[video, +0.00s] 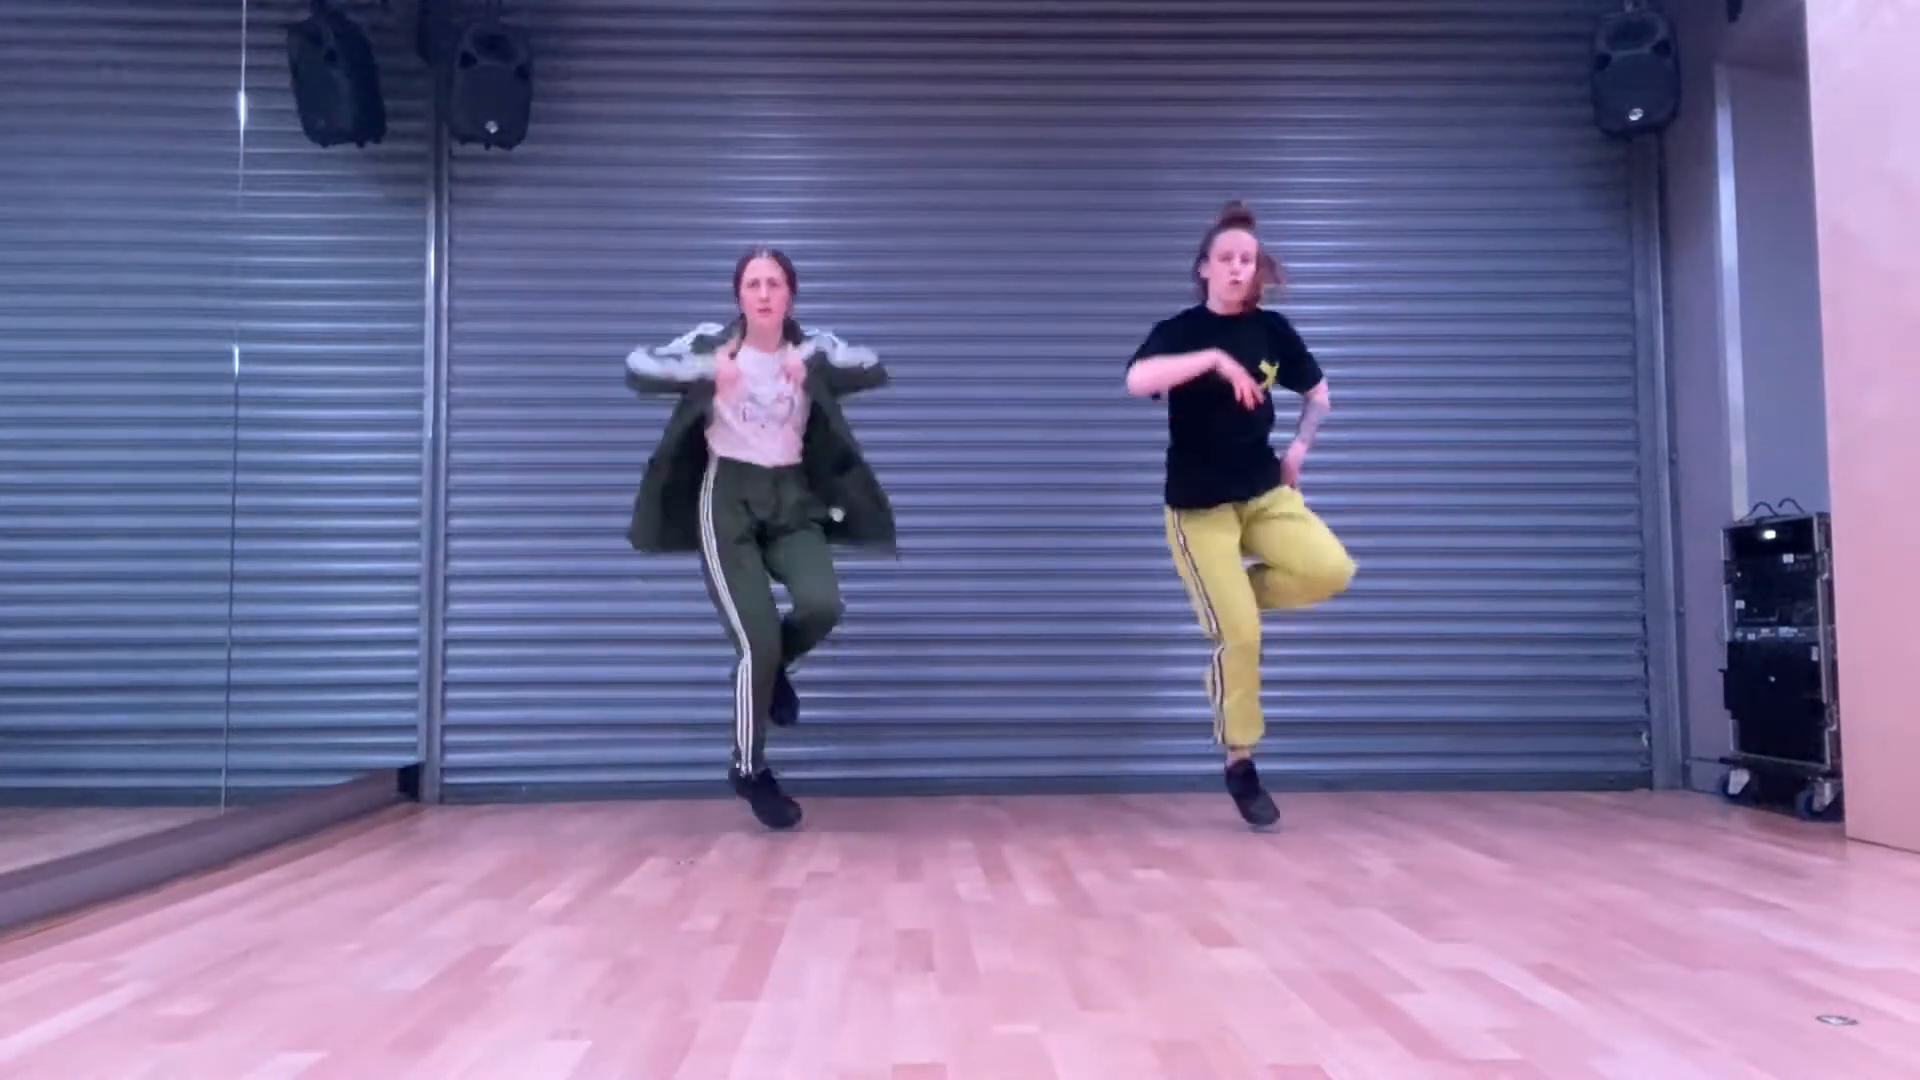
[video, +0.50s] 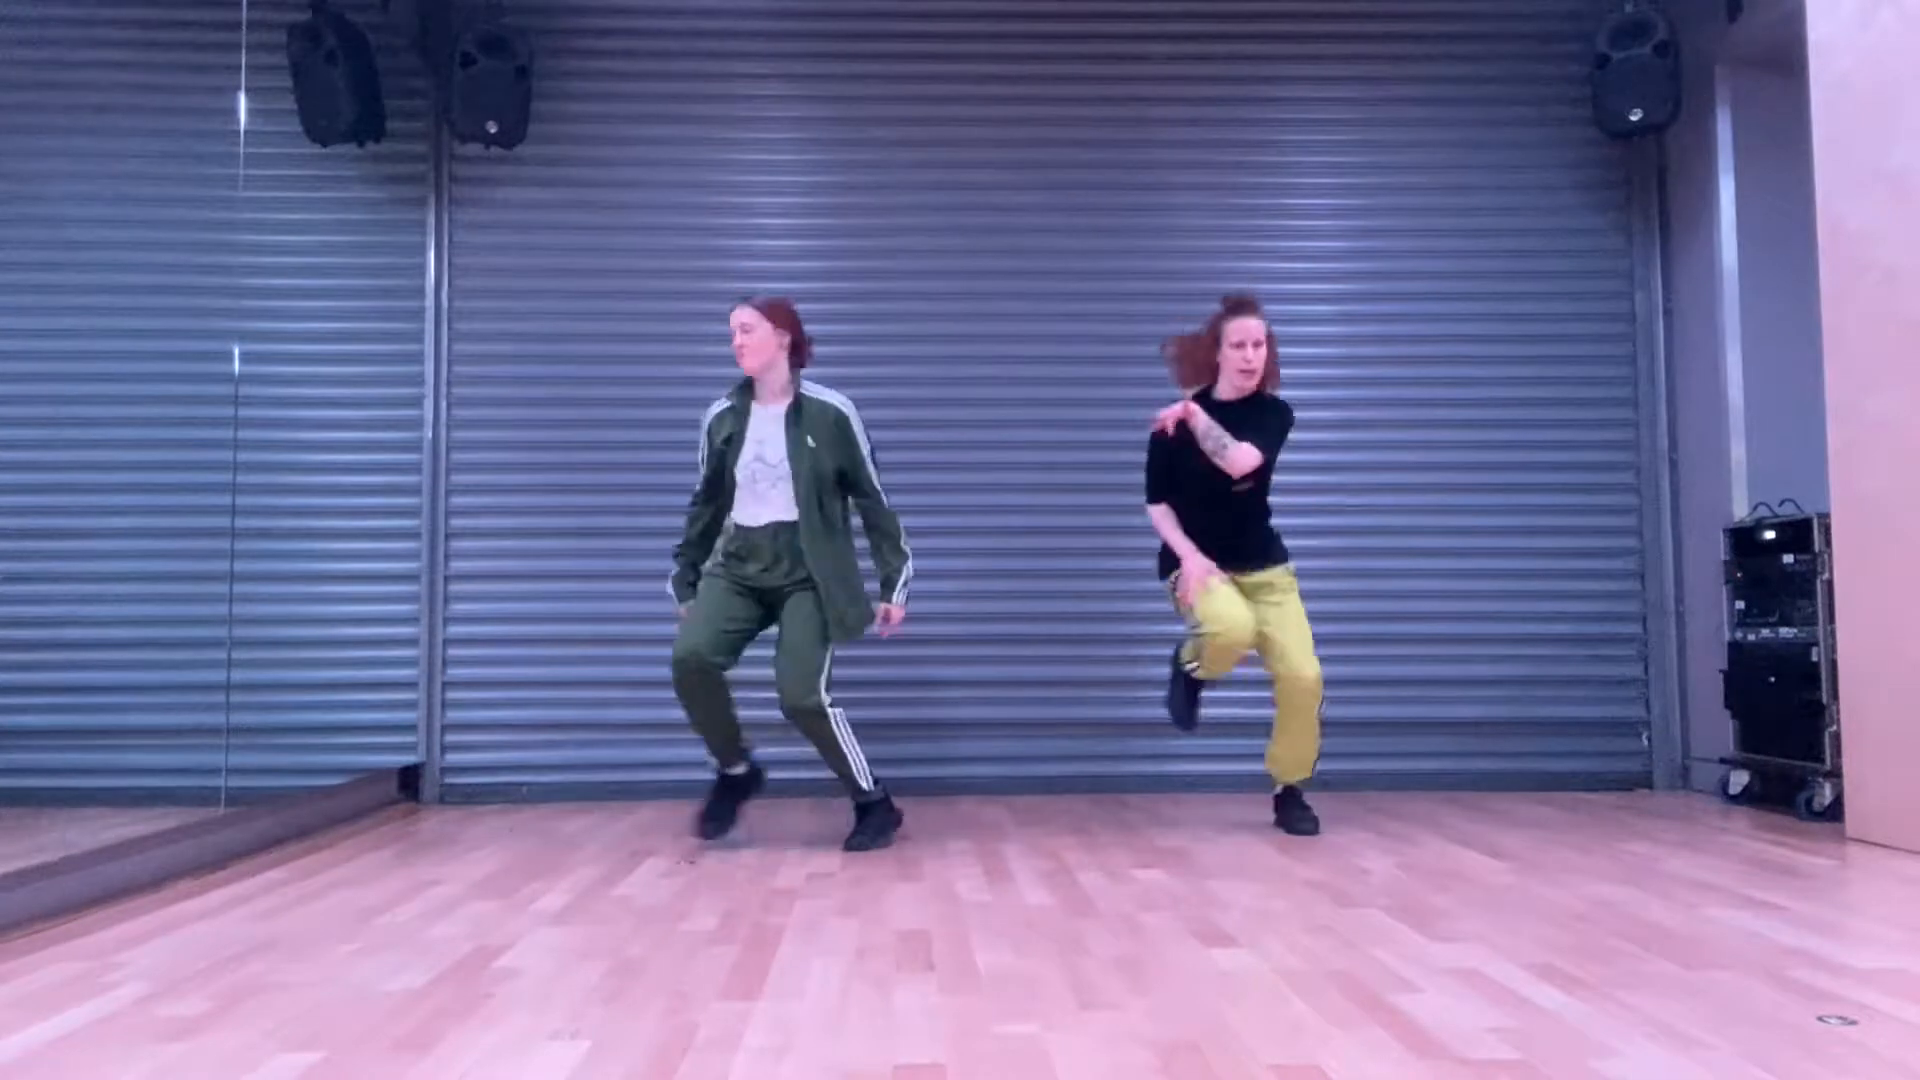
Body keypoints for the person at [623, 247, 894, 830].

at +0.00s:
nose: (764, 293)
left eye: (774, 284)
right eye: (753, 285)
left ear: (791, 295)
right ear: (738, 295)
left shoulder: (812, 350)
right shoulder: (712, 350)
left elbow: (877, 371)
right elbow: (637, 369)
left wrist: (821, 362)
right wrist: (700, 361)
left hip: (793, 500)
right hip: (727, 499)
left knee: (822, 608)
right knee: (761, 642)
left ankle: (769, 663)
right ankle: (750, 771)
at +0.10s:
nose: (764, 286)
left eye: (774, 277)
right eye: (754, 278)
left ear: (793, 288)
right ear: (737, 291)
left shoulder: (809, 345)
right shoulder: (725, 348)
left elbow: (837, 339)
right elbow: (706, 353)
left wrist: (823, 309)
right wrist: (719, 322)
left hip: (803, 497)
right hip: (736, 499)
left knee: (816, 590)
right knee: (767, 634)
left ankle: (817, 732)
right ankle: (776, 780)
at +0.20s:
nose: (762, 298)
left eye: (772, 289)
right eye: (752, 290)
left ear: (791, 301)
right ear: (737, 303)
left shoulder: (814, 354)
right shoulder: (717, 360)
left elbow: (855, 396)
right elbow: (694, 411)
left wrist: (808, 400)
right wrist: (737, 429)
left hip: (818, 519)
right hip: (750, 525)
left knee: (820, 628)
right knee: (766, 659)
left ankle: (840, 762)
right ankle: (794, 791)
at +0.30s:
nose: (763, 308)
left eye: (773, 298)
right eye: (752, 299)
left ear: (791, 312)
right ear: (737, 313)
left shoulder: (821, 382)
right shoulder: (718, 387)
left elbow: (856, 468)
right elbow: (711, 473)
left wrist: (829, 525)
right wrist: (730, 531)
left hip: (819, 525)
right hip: (752, 528)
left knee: (811, 638)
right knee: (773, 662)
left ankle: (847, 773)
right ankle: (801, 788)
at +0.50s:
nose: (736, 343)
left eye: (747, 332)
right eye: (733, 335)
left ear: (784, 339)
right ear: (737, 347)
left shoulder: (832, 413)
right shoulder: (722, 417)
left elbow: (873, 503)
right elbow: (706, 504)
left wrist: (894, 586)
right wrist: (685, 586)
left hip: (808, 569)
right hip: (735, 568)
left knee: (801, 695)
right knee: (690, 660)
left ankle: (872, 803)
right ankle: (735, 772)